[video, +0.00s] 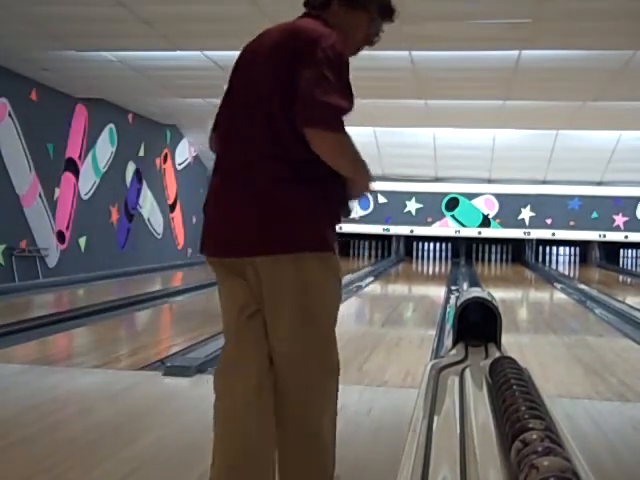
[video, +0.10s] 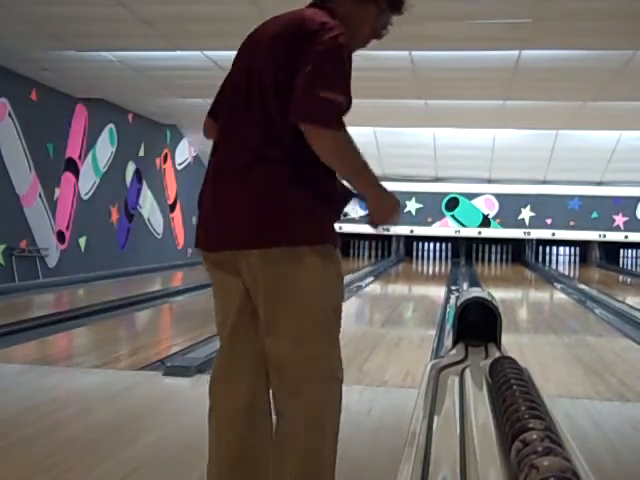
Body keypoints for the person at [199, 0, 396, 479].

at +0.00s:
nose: (374, 38)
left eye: (380, 29)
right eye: (375, 24)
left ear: (324, 6)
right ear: (346, 7)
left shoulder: (262, 44)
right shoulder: (322, 42)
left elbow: (221, 137)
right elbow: (322, 128)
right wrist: (359, 174)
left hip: (229, 233)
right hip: (290, 236)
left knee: (243, 373)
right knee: (307, 372)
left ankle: (237, 476)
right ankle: (307, 473)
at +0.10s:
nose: (381, 33)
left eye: (388, 23)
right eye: (385, 18)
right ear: (361, 3)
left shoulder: (266, 33)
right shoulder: (327, 35)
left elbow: (215, 123)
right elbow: (319, 122)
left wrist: (297, 160)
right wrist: (375, 192)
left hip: (222, 227)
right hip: (289, 231)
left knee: (238, 376)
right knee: (308, 383)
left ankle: (233, 475)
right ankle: (300, 473)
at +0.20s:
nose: (393, 35)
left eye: (400, 24)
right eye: (398, 18)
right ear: (375, 2)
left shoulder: (274, 27)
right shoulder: (335, 34)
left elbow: (212, 111)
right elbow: (338, 133)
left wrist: (287, 146)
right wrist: (401, 217)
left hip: (218, 225)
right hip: (288, 229)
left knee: (236, 383)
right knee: (310, 393)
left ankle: (232, 475)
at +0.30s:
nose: (414, 38)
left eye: (421, 27)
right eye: (416, 21)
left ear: (376, 2)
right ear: (386, 6)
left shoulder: (287, 26)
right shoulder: (352, 44)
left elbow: (214, 101)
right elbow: (386, 169)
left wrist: (285, 143)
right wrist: (444, 258)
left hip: (214, 227)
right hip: (286, 233)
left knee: (233, 382)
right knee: (310, 396)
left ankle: (231, 475)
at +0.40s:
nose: (436, 65)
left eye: (444, 52)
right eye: (439, 45)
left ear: (391, 13)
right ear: (411, 21)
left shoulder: (307, 29)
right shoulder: (384, 65)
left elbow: (218, 94)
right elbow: (429, 197)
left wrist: (279, 147)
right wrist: (481, 299)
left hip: (209, 235)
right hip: (289, 243)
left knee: (224, 400)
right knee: (307, 410)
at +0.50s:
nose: (459, 96)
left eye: (470, 84)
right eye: (466, 77)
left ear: (424, 35)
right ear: (443, 48)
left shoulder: (330, 37)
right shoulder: (415, 88)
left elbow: (228, 87)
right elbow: (457, 225)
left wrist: (275, 163)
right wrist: (511, 341)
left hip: (200, 224)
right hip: (288, 242)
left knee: (220, 386)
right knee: (318, 402)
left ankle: (220, 473)